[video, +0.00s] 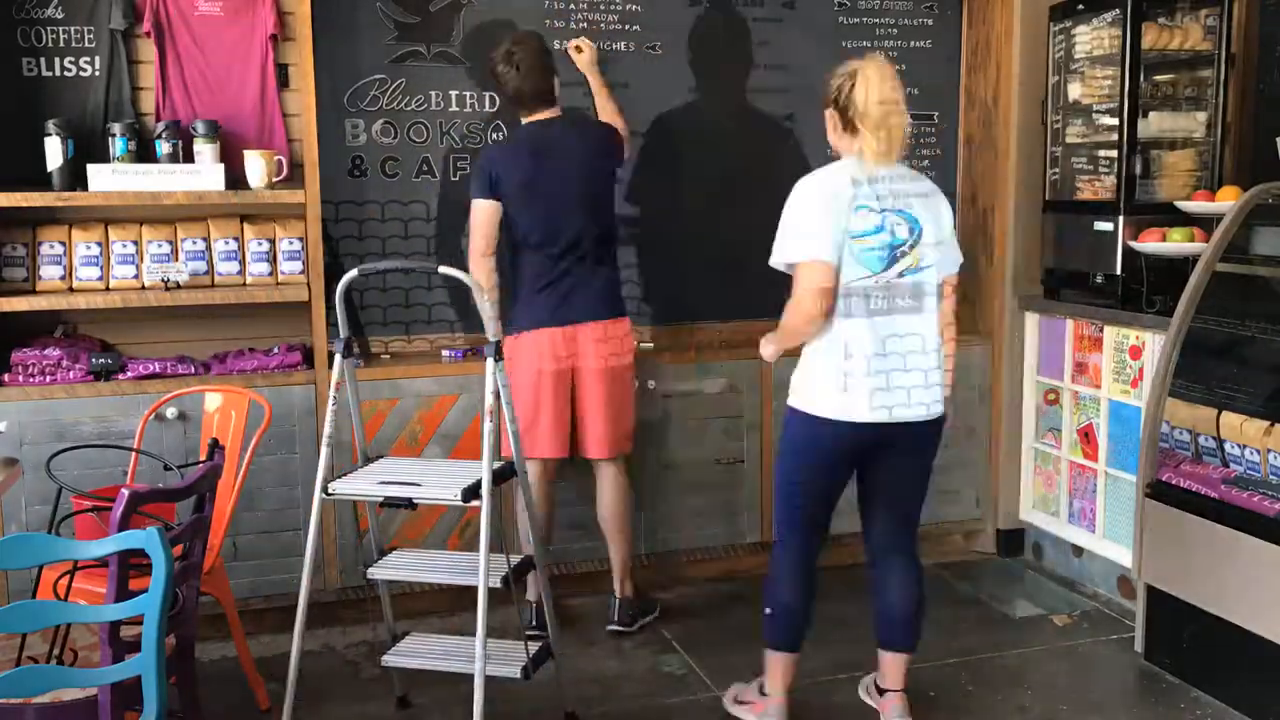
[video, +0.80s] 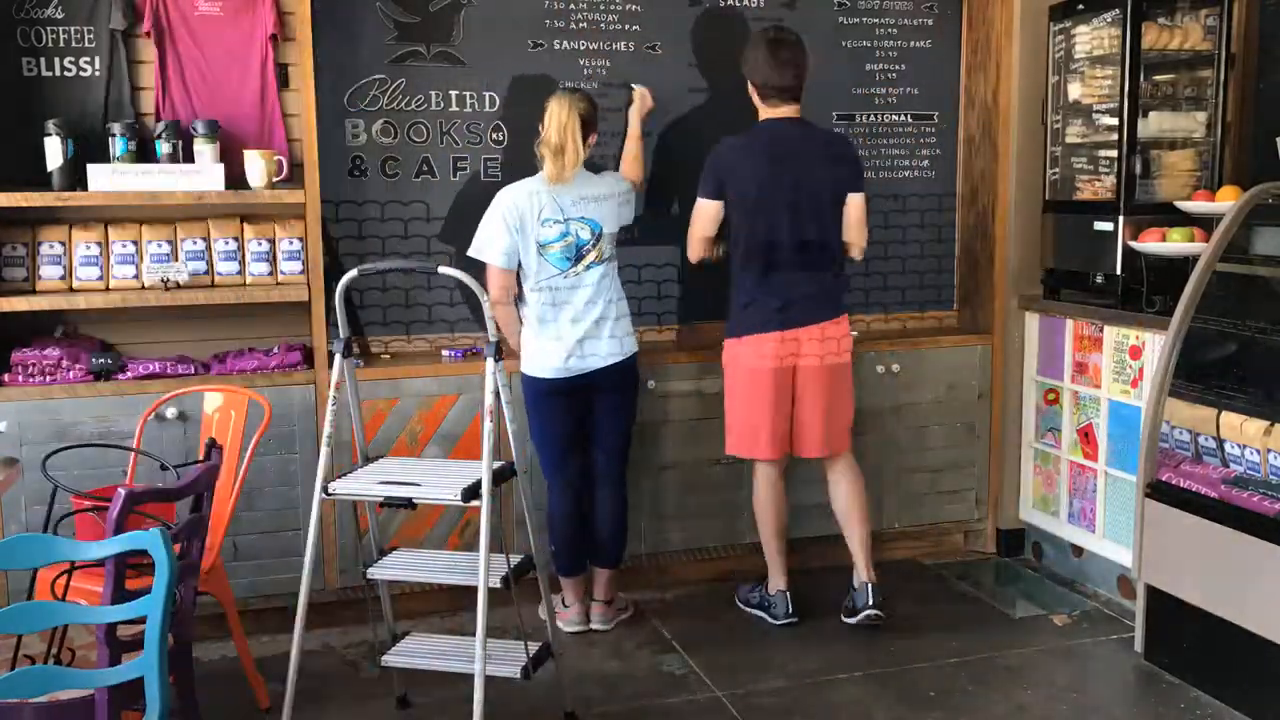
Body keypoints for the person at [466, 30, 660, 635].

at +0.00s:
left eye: (502, 83)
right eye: (548, 69)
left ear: (503, 93)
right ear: (556, 82)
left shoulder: (499, 159)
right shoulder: (599, 140)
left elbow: (480, 257)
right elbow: (617, 130)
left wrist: (494, 327)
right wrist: (595, 75)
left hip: (535, 332)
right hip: (604, 325)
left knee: (538, 467)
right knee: (610, 460)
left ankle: (537, 603)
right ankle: (625, 598)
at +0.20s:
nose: (629, 109)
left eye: (618, 102)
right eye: (631, 101)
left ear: (575, 96)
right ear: (628, 99)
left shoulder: (545, 155)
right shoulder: (628, 147)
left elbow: (517, 261)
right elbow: (647, 253)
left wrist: (557, 309)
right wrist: (677, 304)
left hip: (544, 338)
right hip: (596, 342)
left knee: (581, 479)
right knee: (576, 490)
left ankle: (604, 598)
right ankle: (553, 640)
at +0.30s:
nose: (548, 86)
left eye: (546, 74)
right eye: (541, 75)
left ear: (491, 82)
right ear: (514, 79)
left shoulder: (443, 156)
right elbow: (576, 253)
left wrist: (459, 315)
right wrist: (610, 208)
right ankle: (558, 596)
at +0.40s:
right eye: (587, 125)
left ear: (539, 136)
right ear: (591, 135)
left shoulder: (515, 202)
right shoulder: (611, 187)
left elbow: (494, 290)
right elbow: (623, 149)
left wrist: (506, 349)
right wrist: (609, 92)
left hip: (547, 370)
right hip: (616, 361)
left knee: (551, 487)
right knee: (624, 477)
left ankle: (548, 607)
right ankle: (629, 598)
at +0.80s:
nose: (598, 140)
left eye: (596, 132)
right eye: (596, 132)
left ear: (542, 134)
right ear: (590, 136)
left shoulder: (512, 201)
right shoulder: (610, 193)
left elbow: (501, 295)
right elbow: (631, 178)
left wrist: (523, 351)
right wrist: (637, 122)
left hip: (548, 368)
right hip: (613, 360)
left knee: (563, 482)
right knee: (610, 476)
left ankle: (573, 605)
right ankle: (603, 602)